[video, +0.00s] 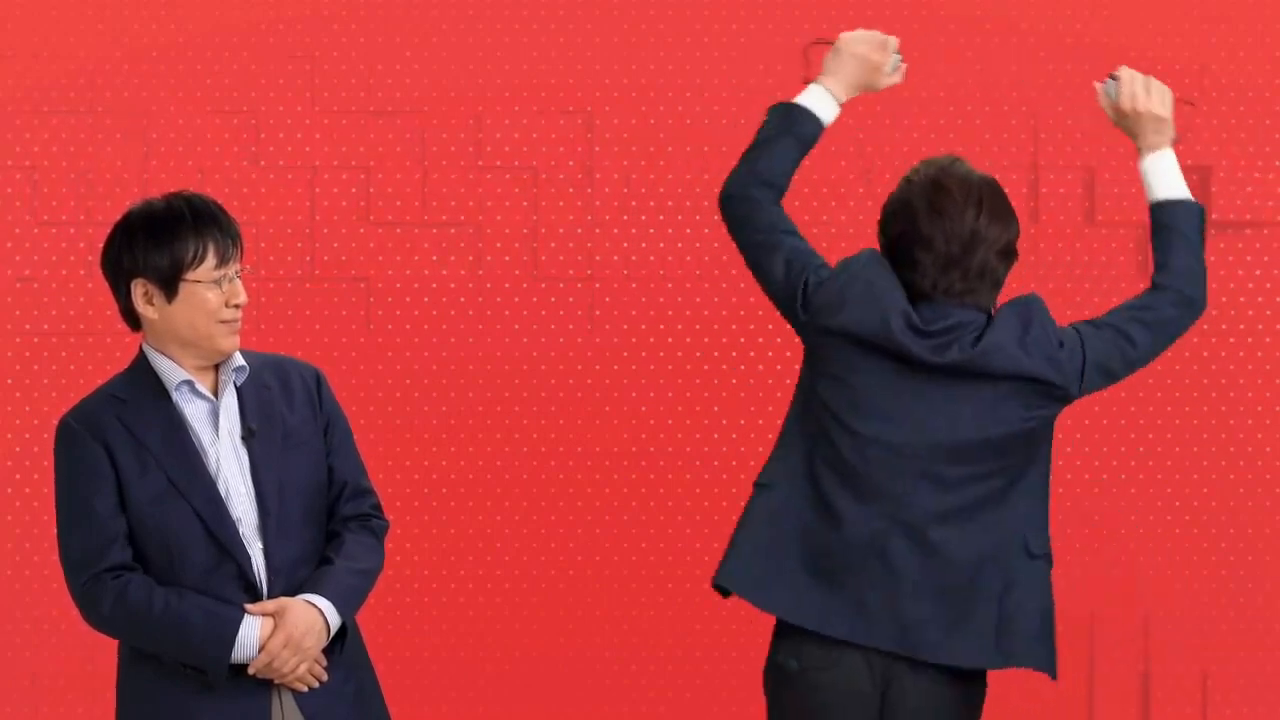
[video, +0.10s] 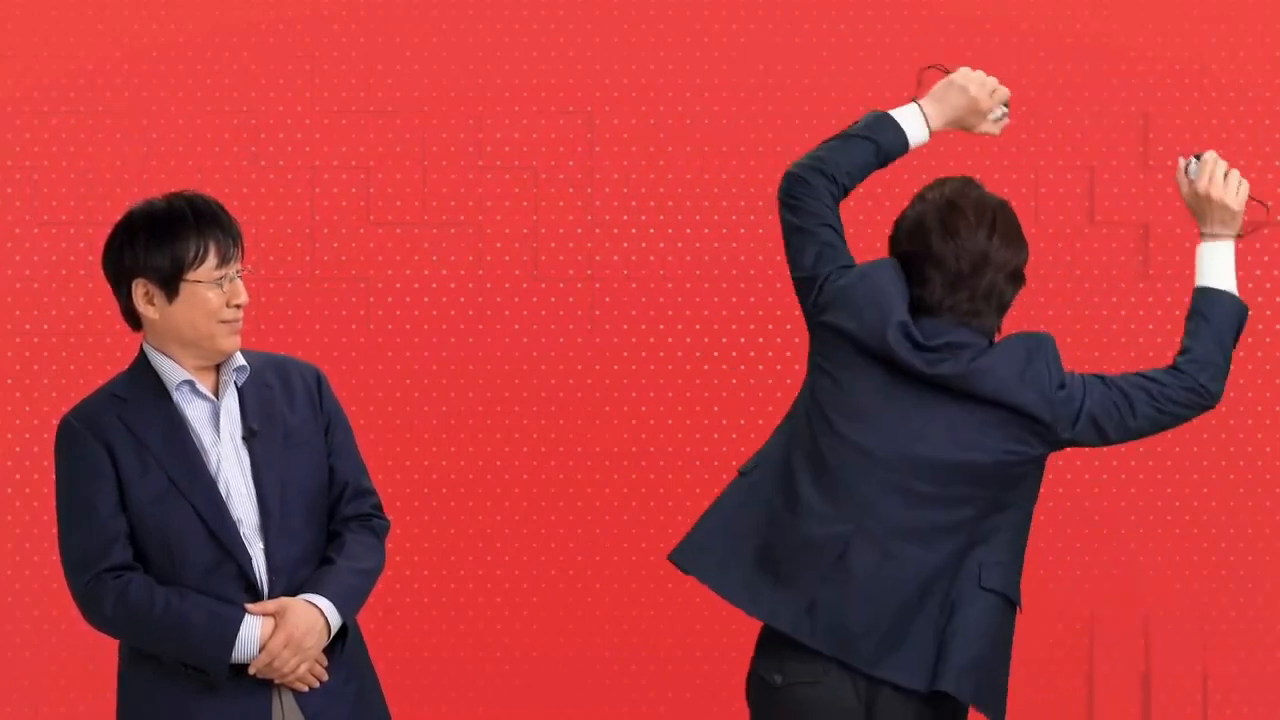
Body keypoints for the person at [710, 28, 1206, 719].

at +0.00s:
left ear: (889, 250)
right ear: (1003, 270)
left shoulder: (836, 315)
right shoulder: (1039, 362)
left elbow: (747, 199)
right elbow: (1180, 295)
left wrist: (829, 90)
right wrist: (1157, 151)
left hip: (817, 655)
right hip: (945, 670)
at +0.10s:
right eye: (1009, 275)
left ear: (900, 263)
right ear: (1007, 290)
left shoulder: (846, 323)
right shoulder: (1032, 398)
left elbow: (808, 186)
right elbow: (1197, 382)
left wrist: (929, 112)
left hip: (801, 664)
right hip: (925, 688)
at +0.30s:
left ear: (894, 250)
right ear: (1003, 273)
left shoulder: (839, 317)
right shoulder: (1036, 376)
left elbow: (767, 187)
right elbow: (1189, 322)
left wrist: (861, 91)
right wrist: (1182, 172)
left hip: (813, 662)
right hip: (940, 678)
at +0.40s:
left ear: (886, 252)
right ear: (999, 250)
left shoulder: (833, 330)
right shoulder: (1041, 336)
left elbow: (700, 249)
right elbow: (1140, 226)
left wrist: (740, 118)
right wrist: (1062, 100)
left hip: (840, 662)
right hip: (967, 664)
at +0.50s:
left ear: (875, 271)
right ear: (987, 255)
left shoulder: (834, 372)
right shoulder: (1032, 334)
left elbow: (675, 342)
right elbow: (1064, 194)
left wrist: (667, 203)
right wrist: (949, 111)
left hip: (875, 682)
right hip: (1002, 671)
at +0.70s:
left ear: (874, 262)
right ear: (986, 250)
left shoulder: (835, 349)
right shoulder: (1038, 325)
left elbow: (696, 284)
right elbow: (1119, 202)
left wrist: (728, 145)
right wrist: (1051, 83)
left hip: (875, 664)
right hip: (1004, 659)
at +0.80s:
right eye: (991, 244)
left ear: (880, 254)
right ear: (991, 256)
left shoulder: (837, 332)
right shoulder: (1042, 352)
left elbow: (747, 226)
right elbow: (1182, 303)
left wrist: (831, 115)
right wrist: (1176, 165)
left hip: (861, 662)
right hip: (989, 668)